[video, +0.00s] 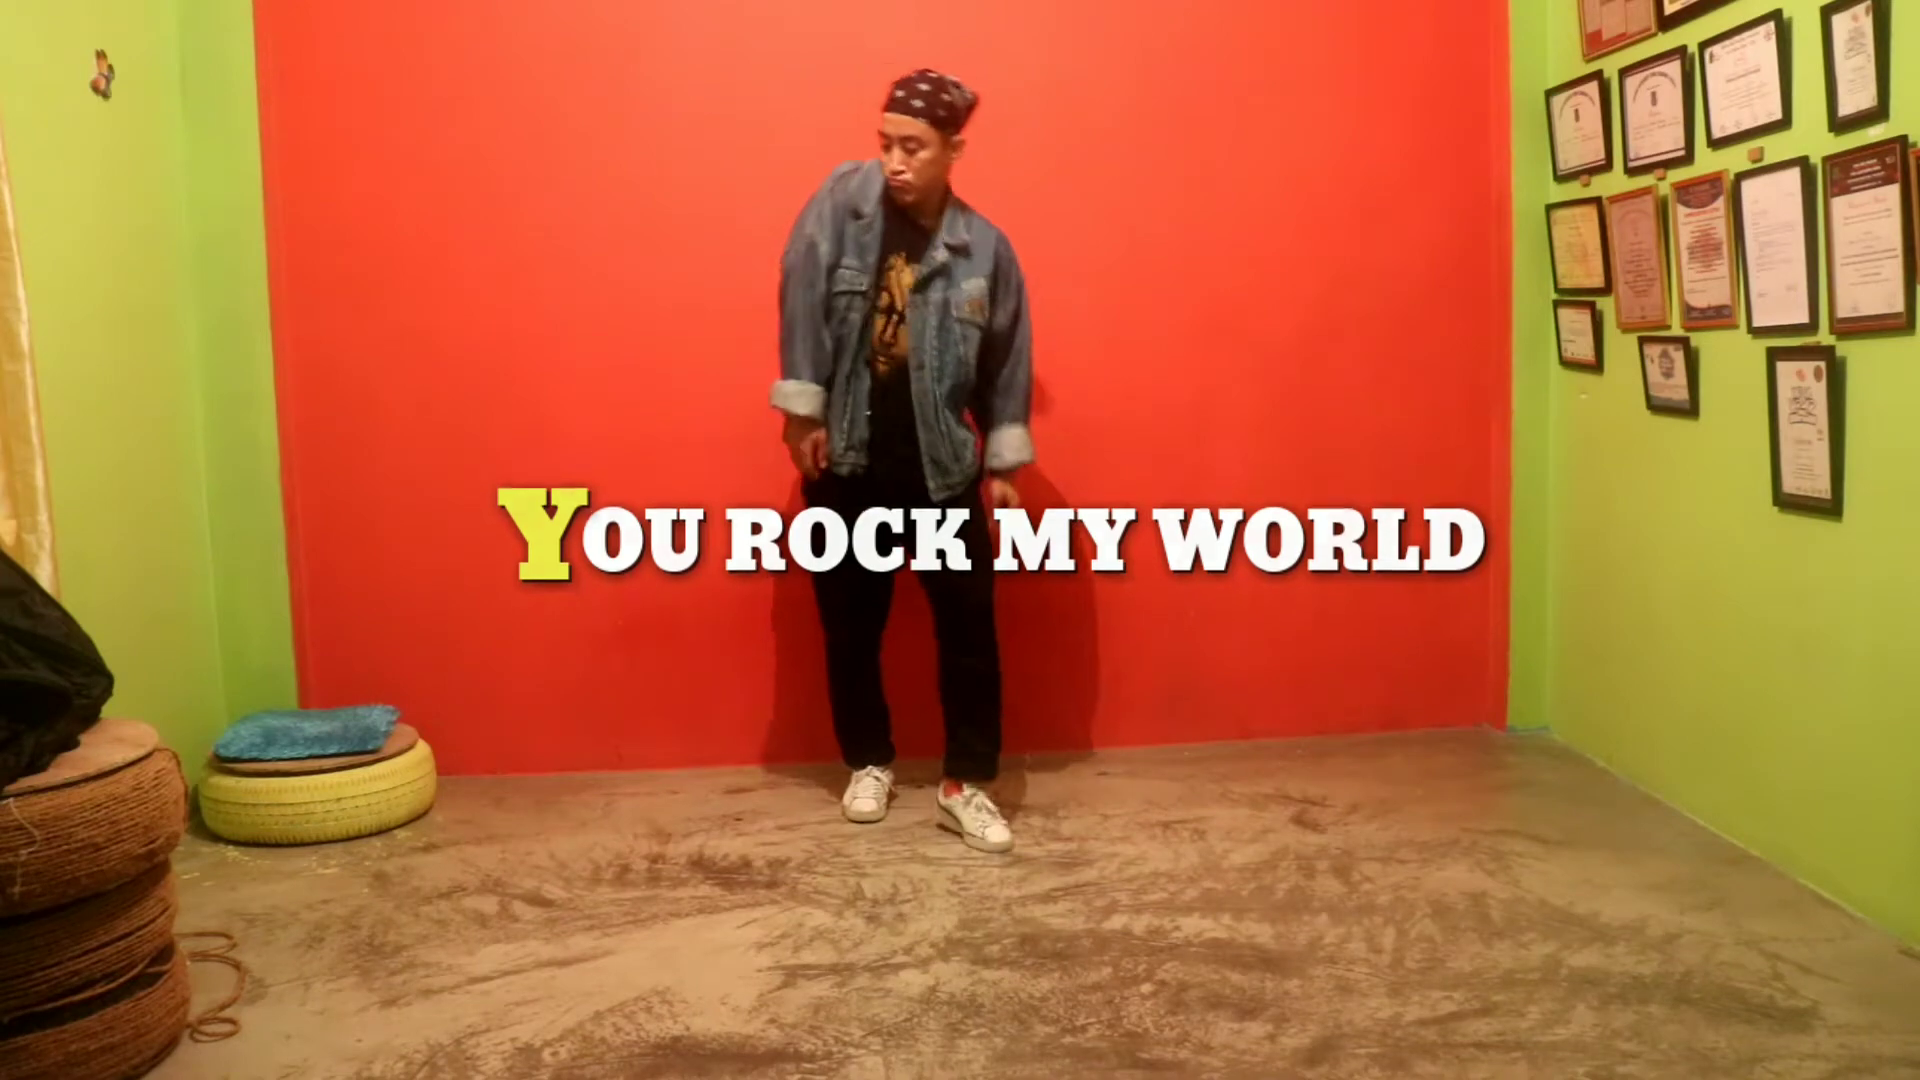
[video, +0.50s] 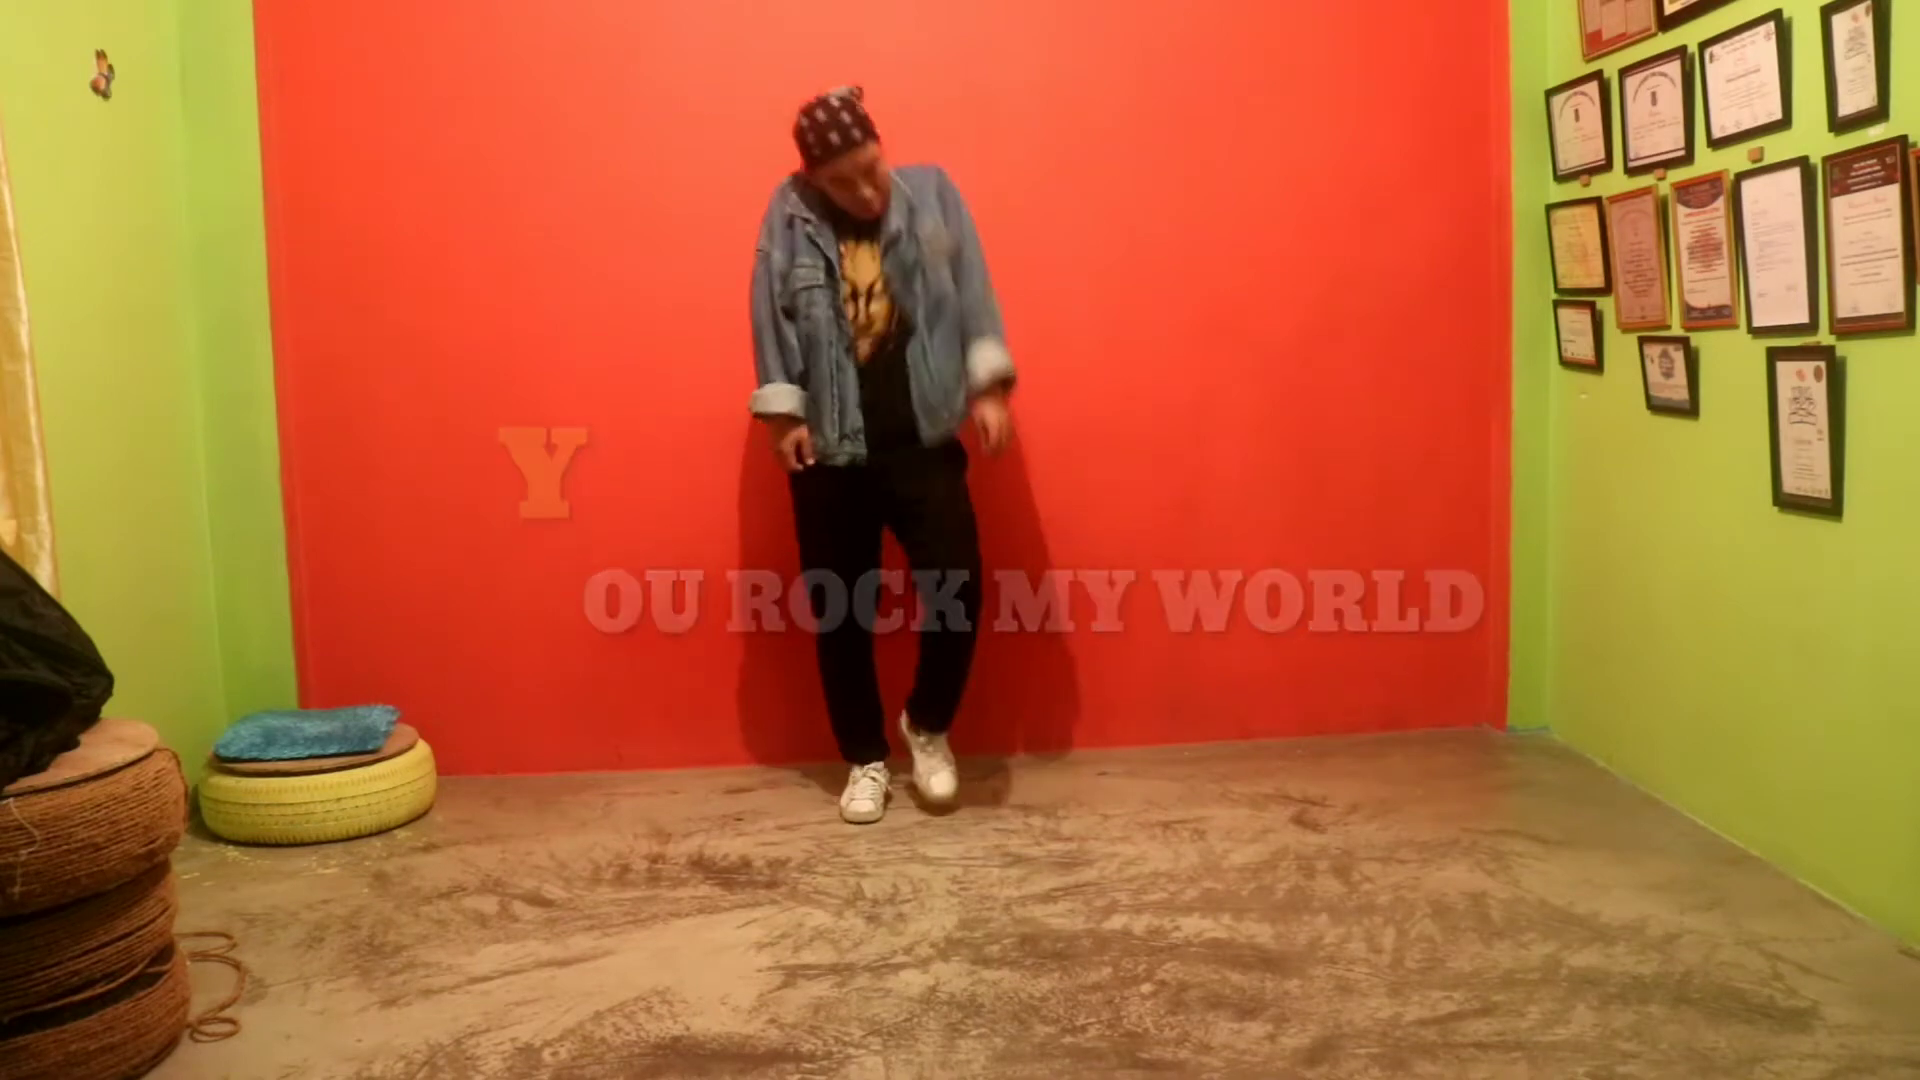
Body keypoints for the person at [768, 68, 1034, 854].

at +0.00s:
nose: (894, 161)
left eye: (913, 147)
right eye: (887, 144)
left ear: (953, 152)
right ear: (877, 141)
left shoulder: (987, 249)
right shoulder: (844, 197)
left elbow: (1007, 363)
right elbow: (801, 298)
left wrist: (1001, 463)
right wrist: (804, 411)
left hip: (944, 457)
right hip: (849, 450)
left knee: (968, 616)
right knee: (850, 617)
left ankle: (965, 781)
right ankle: (868, 765)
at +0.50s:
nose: (867, 190)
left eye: (872, 172)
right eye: (849, 181)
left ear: (883, 149)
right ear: (816, 173)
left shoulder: (930, 191)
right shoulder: (789, 216)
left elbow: (974, 289)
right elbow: (770, 315)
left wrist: (989, 386)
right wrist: (784, 412)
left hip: (925, 438)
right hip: (831, 447)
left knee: (958, 590)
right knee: (840, 607)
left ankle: (928, 726)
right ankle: (865, 761)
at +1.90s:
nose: (893, 267)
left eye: (905, 248)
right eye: (877, 251)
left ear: (926, 245)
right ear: (853, 252)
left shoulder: (966, 333)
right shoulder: (813, 337)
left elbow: (988, 434)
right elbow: (782, 439)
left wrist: (979, 462)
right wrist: (818, 491)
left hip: (938, 524)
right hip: (844, 526)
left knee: (1001, 634)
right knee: (790, 640)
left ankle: (931, 761)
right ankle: (854, 763)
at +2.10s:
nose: (886, 284)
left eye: (898, 269)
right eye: (871, 272)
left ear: (917, 254)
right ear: (846, 258)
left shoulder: (955, 309)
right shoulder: (808, 323)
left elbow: (977, 390)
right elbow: (803, 411)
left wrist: (958, 405)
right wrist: (833, 418)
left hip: (937, 515)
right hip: (849, 520)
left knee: (985, 636)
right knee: (818, 646)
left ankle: (929, 763)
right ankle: (856, 766)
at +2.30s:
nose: (871, 264)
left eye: (882, 247)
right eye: (855, 252)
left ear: (901, 231)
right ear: (831, 239)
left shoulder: (939, 269)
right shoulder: (800, 292)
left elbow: (967, 362)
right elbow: (788, 384)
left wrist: (978, 309)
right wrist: (773, 336)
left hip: (938, 494)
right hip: (846, 501)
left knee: (971, 618)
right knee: (832, 631)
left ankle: (933, 762)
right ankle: (850, 766)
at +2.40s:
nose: (866, 242)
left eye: (877, 225)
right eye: (850, 230)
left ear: (896, 209)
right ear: (824, 219)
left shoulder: (939, 261)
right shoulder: (794, 290)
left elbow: (966, 370)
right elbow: (789, 390)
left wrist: (985, 301)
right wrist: (760, 326)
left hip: (937, 480)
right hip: (848, 490)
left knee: (957, 619)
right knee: (846, 627)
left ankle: (958, 759)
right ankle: (828, 764)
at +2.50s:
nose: (856, 241)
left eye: (868, 224)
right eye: (841, 227)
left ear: (889, 212)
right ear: (817, 223)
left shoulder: (940, 277)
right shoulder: (794, 307)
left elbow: (971, 383)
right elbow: (790, 419)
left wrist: (1000, 321)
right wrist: (760, 352)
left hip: (932, 484)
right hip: (851, 492)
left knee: (932, 617)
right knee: (863, 622)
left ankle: (968, 760)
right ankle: (827, 762)